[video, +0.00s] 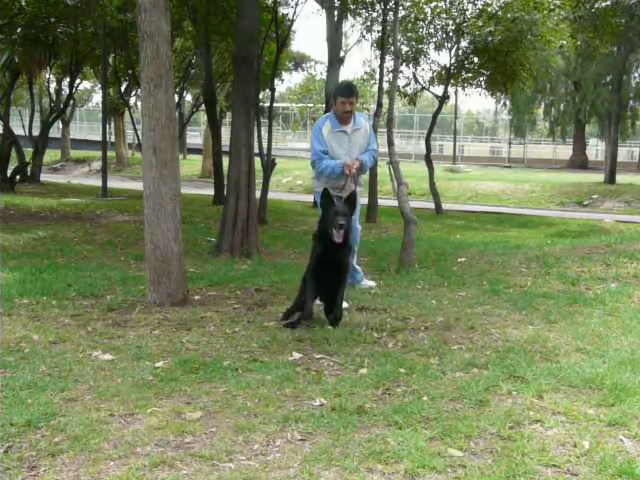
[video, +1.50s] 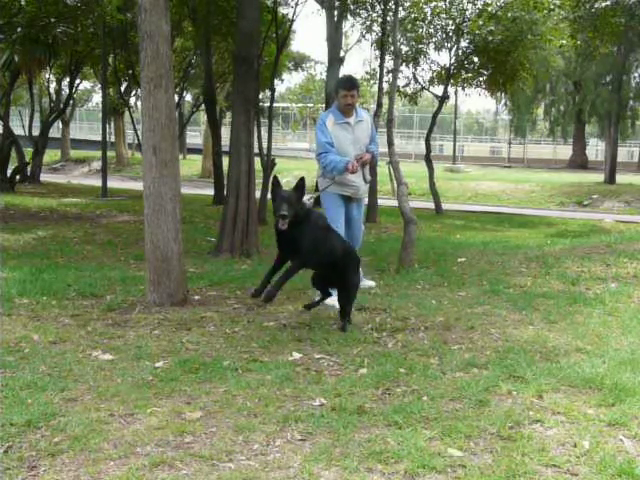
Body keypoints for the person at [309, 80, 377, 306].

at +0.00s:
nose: (347, 108)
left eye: (351, 104)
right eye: (343, 104)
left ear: (356, 103)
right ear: (333, 103)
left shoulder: (363, 122)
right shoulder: (321, 127)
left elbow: (373, 151)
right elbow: (318, 163)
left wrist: (361, 163)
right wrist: (342, 167)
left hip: (352, 189)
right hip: (328, 190)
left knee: (353, 234)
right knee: (331, 237)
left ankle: (353, 275)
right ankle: (329, 287)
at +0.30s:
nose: (348, 105)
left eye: (351, 100)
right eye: (343, 101)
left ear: (356, 101)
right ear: (333, 100)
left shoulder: (365, 122)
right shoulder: (322, 124)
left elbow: (372, 153)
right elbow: (315, 157)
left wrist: (357, 161)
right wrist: (335, 162)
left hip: (353, 188)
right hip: (327, 187)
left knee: (354, 232)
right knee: (329, 233)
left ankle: (354, 272)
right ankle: (328, 279)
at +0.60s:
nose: (348, 105)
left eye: (351, 101)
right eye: (343, 101)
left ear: (357, 101)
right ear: (334, 100)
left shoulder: (365, 123)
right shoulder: (322, 124)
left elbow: (372, 152)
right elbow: (316, 158)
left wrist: (356, 166)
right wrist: (334, 171)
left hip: (353, 187)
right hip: (328, 187)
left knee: (353, 234)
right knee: (332, 234)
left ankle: (348, 275)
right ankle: (329, 278)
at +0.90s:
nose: (348, 106)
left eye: (352, 101)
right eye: (344, 102)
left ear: (357, 101)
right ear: (334, 101)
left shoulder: (364, 122)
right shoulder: (322, 125)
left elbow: (372, 152)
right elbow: (316, 159)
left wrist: (357, 166)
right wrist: (333, 173)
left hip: (353, 188)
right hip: (328, 188)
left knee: (356, 235)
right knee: (331, 233)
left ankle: (357, 279)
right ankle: (325, 285)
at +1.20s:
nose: (349, 103)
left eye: (353, 98)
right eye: (345, 99)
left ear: (358, 99)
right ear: (335, 98)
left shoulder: (366, 120)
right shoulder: (324, 122)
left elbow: (375, 147)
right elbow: (319, 156)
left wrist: (367, 163)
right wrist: (338, 168)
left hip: (355, 187)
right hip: (330, 187)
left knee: (355, 236)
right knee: (334, 234)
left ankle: (353, 275)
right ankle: (332, 279)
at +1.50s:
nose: (350, 101)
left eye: (353, 96)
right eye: (345, 97)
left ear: (358, 96)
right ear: (336, 96)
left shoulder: (365, 117)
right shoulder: (326, 120)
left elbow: (373, 145)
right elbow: (324, 155)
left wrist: (369, 155)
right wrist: (345, 164)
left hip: (358, 186)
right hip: (333, 185)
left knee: (355, 235)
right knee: (337, 235)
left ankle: (353, 274)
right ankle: (330, 287)